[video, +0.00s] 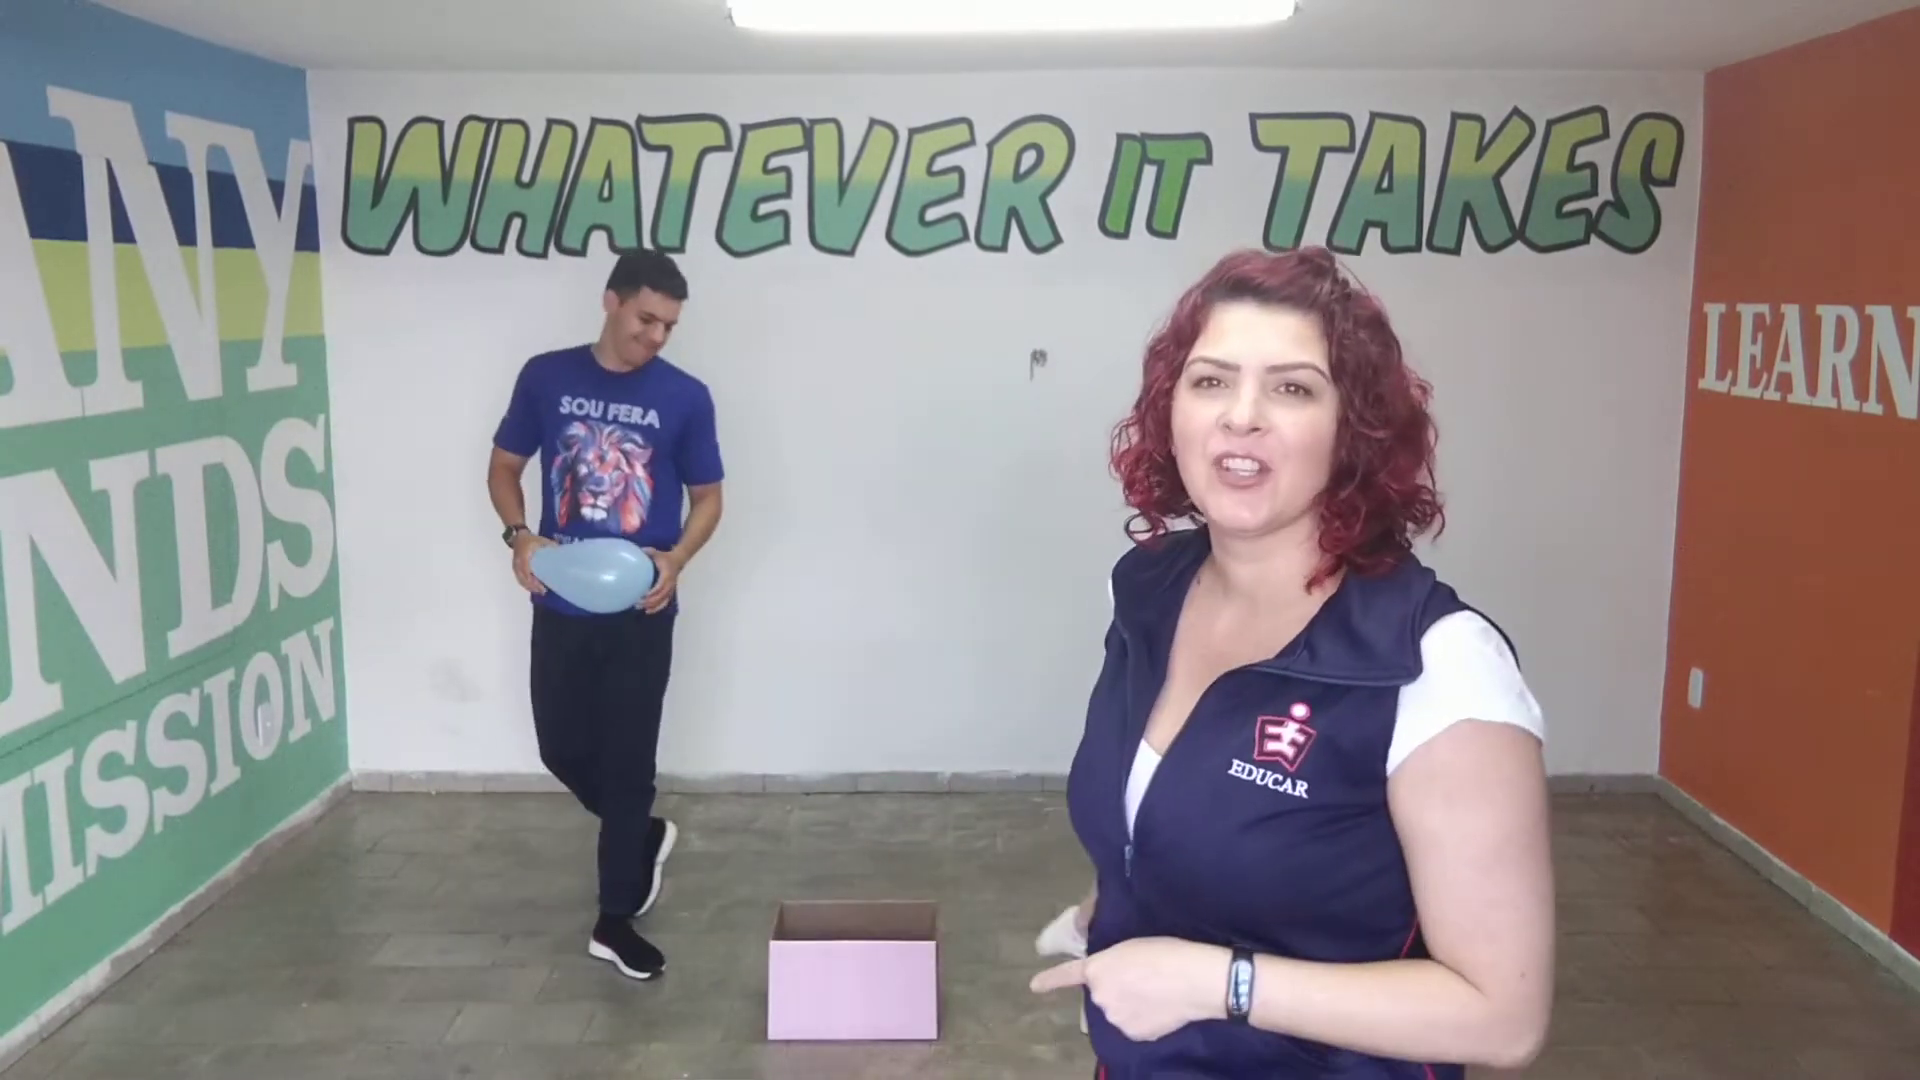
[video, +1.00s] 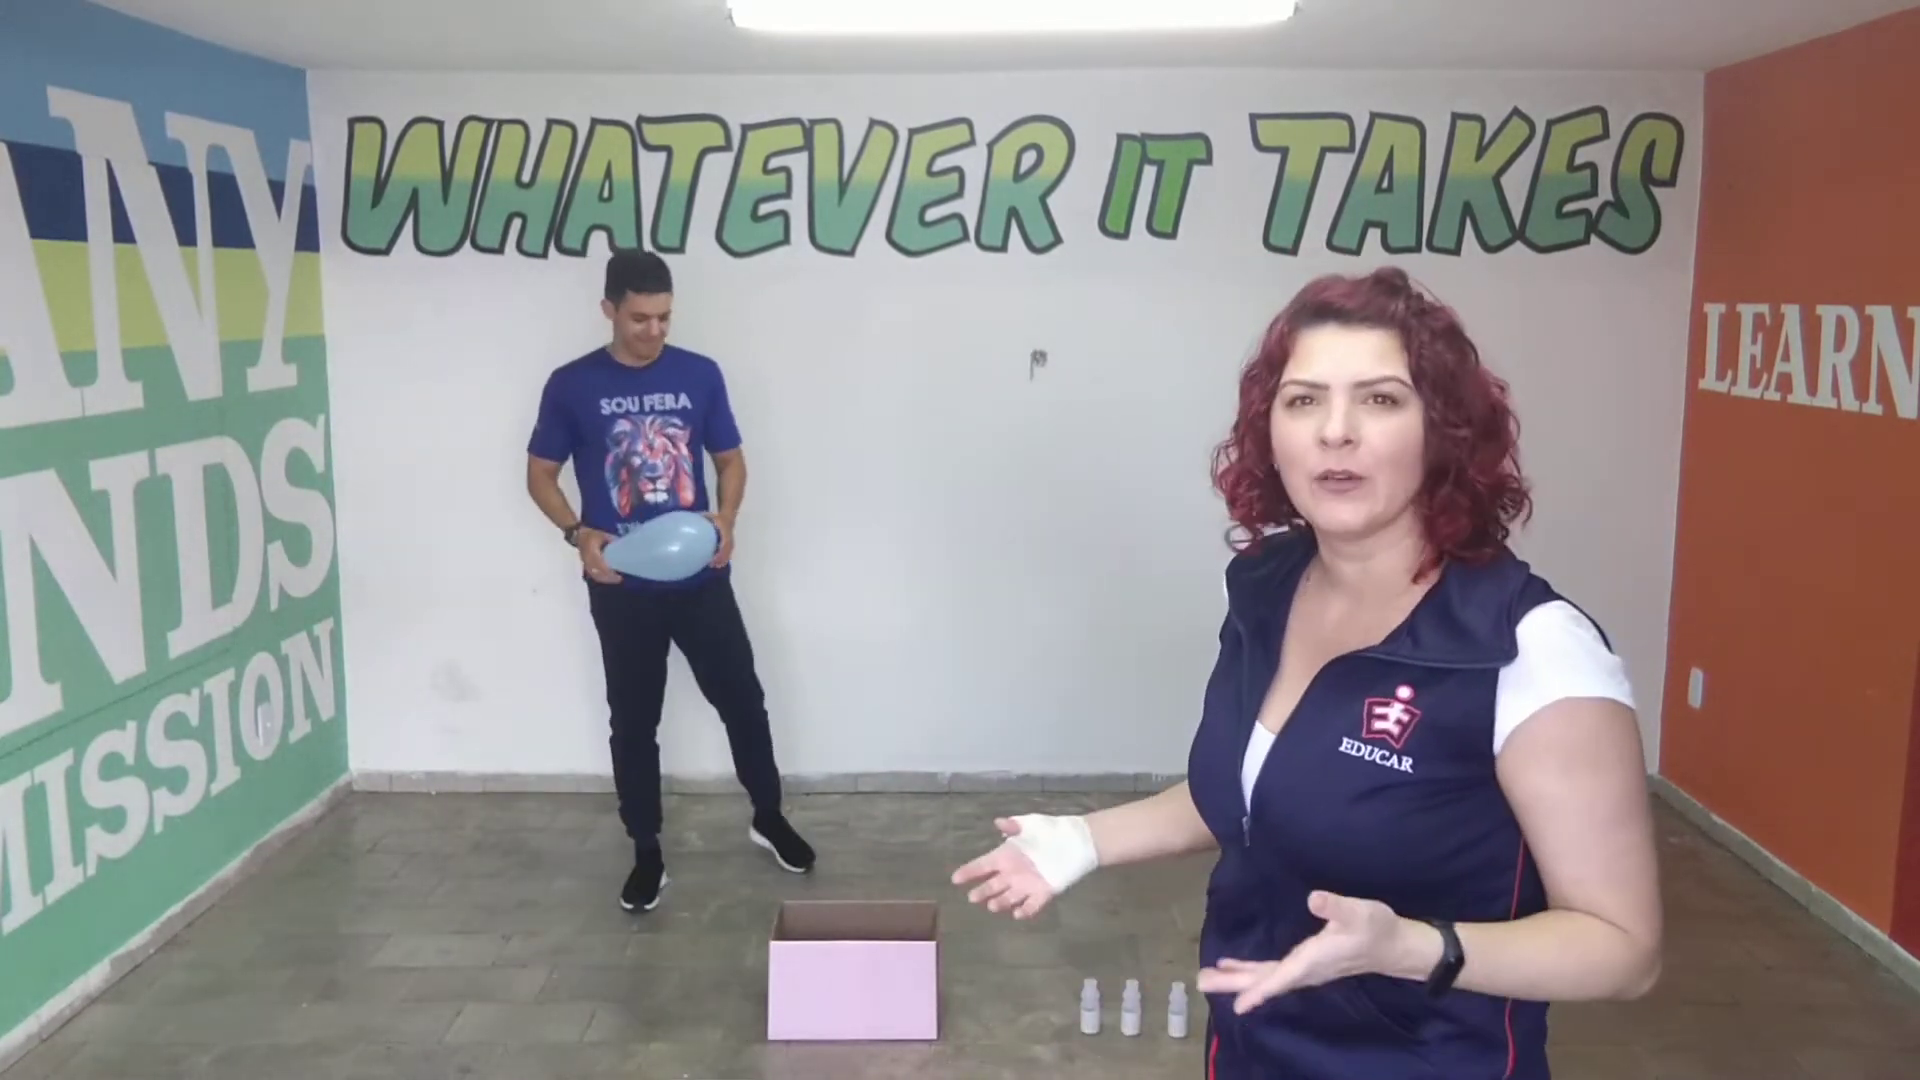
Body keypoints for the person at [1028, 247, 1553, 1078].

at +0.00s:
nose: (1241, 419)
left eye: (1292, 389)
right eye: (1210, 382)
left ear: (1353, 426)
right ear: (1170, 409)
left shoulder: (1440, 664)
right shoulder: (1153, 585)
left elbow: (1503, 1017)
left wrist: (1218, 982)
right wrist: (1114, 913)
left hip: (1328, 1060)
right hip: (1133, 1054)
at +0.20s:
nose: (1266, 423)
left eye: (1315, 394)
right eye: (1237, 389)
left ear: (1379, 430)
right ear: (1197, 414)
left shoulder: (1470, 664)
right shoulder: (1182, 592)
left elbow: (1542, 1001)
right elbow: (1169, 807)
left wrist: (1264, 971)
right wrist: (1057, 926)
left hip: (1384, 1059)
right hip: (1187, 1056)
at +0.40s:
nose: (1296, 433)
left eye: (1346, 406)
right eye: (1270, 399)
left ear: (1408, 443)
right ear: (1230, 426)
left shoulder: (1509, 672)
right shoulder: (1217, 602)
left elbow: (1581, 989)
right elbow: (1203, 823)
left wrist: (1320, 968)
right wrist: (1100, 971)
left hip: (1427, 1061)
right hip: (1227, 1056)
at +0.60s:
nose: (1357, 426)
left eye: (1401, 402)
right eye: (1324, 390)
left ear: (1442, 444)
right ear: (1267, 419)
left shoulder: (1521, 658)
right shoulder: (1231, 595)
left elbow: (1614, 949)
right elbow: (1246, 808)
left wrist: (1388, 1017)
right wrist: (1129, 926)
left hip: (1440, 1063)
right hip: (1246, 1054)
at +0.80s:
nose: (1331, 430)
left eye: (1376, 398)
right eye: (1300, 396)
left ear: (1439, 433)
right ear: (1265, 426)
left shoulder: (1531, 652)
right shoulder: (1258, 587)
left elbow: (1639, 938)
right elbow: (1241, 791)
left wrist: (1445, 973)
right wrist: (1080, 863)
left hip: (1436, 1060)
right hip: (1252, 1048)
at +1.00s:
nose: (1336, 434)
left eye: (1380, 399)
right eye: (1305, 400)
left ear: (1442, 430)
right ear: (1269, 428)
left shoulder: (1534, 646)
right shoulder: (1264, 586)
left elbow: (1623, 948)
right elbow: (1250, 787)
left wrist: (1408, 946)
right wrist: (1082, 838)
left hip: (1433, 1058)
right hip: (1250, 1044)